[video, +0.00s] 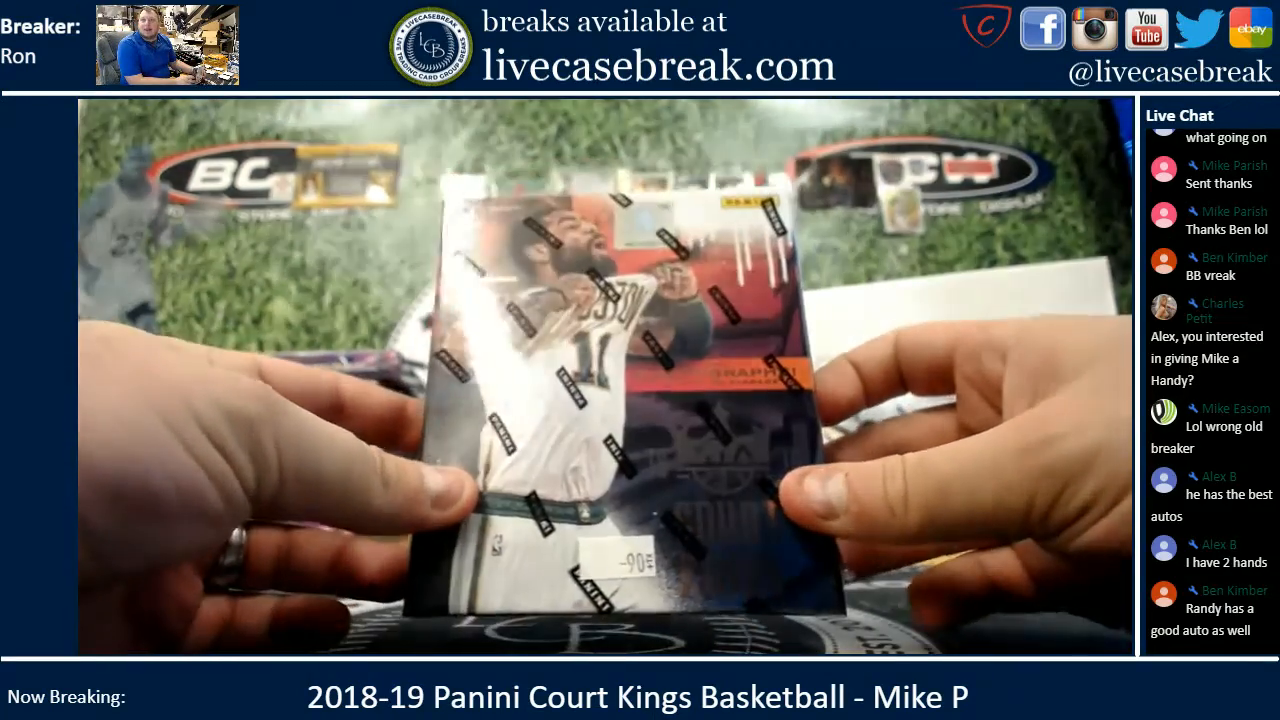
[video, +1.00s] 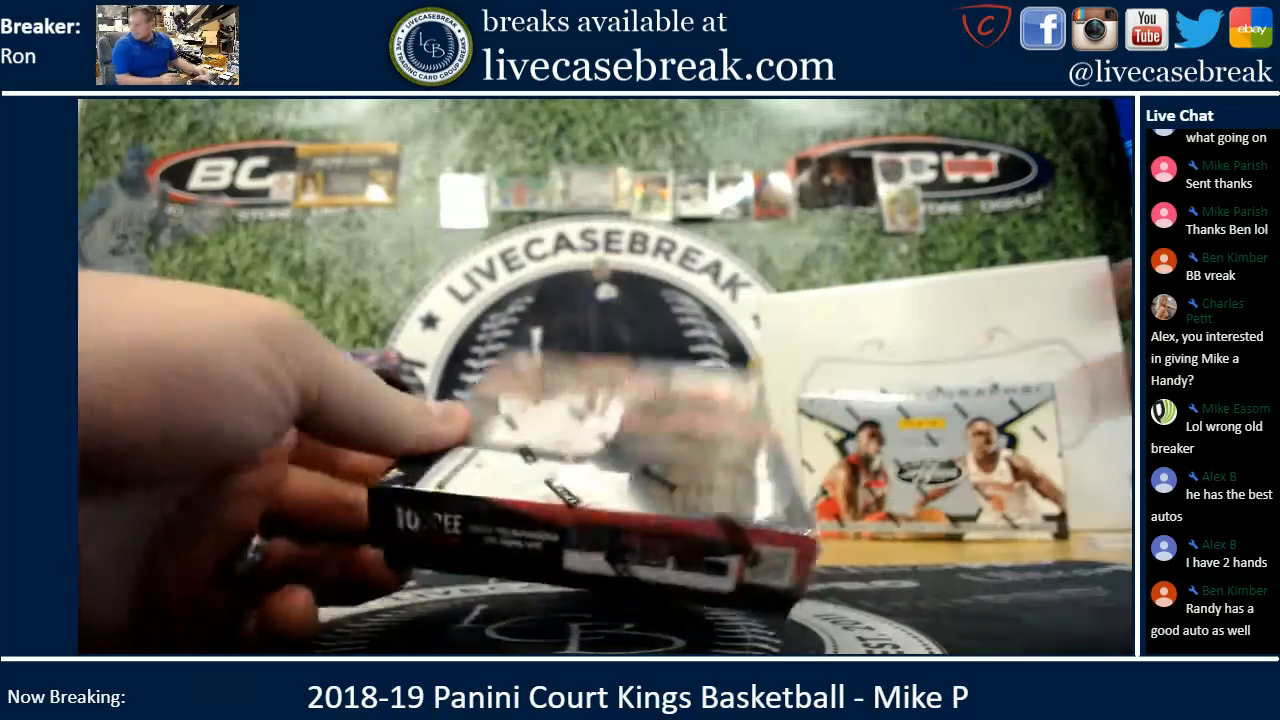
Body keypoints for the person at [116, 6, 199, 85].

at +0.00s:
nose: (147, 24)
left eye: (152, 20)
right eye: (143, 20)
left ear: (159, 24)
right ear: (138, 23)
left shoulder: (164, 40)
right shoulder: (128, 45)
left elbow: (174, 63)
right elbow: (136, 81)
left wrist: (194, 71)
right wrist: (177, 81)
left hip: (167, 92)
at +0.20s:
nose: (147, 24)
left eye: (152, 20)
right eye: (143, 20)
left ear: (159, 24)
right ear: (138, 23)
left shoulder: (164, 40)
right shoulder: (128, 45)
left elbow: (174, 63)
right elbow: (136, 81)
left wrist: (193, 71)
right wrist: (177, 81)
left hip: (167, 92)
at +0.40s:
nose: (147, 24)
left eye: (152, 20)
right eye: (143, 20)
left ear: (159, 23)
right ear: (138, 23)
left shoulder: (164, 41)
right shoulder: (128, 45)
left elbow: (174, 63)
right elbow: (135, 81)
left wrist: (193, 70)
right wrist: (177, 81)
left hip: (165, 91)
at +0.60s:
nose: (146, 24)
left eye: (151, 20)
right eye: (142, 20)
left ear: (159, 23)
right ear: (137, 23)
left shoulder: (164, 41)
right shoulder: (128, 45)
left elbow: (174, 63)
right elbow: (135, 81)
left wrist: (193, 71)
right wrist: (177, 81)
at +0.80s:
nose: (142, 25)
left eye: (147, 21)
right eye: (138, 21)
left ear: (157, 23)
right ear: (135, 23)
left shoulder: (164, 41)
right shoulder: (127, 45)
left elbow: (174, 63)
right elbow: (135, 81)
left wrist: (194, 70)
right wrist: (176, 81)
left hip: (166, 92)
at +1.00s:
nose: (132, 29)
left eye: (137, 25)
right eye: (130, 25)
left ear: (151, 25)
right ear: (128, 25)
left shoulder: (164, 40)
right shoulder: (123, 46)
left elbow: (175, 61)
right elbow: (122, 80)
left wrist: (195, 70)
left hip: (163, 96)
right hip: (134, 98)